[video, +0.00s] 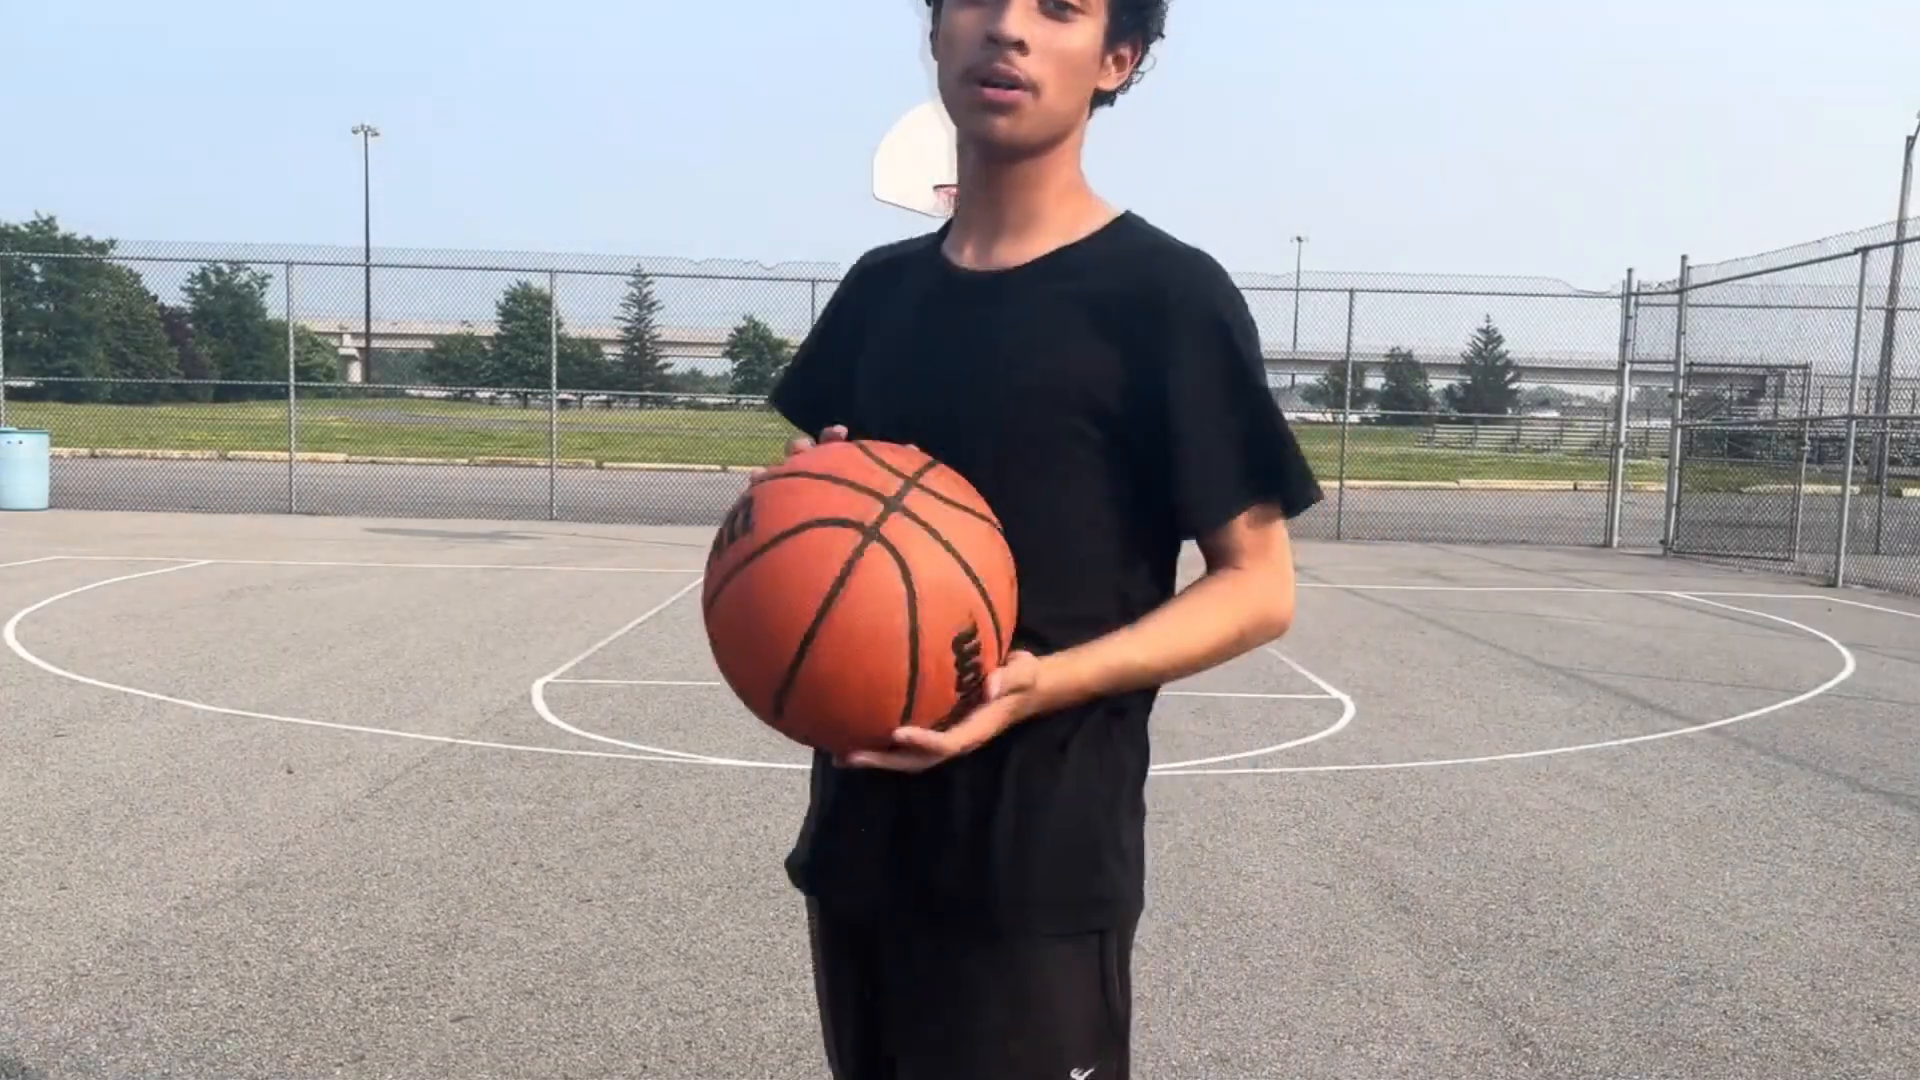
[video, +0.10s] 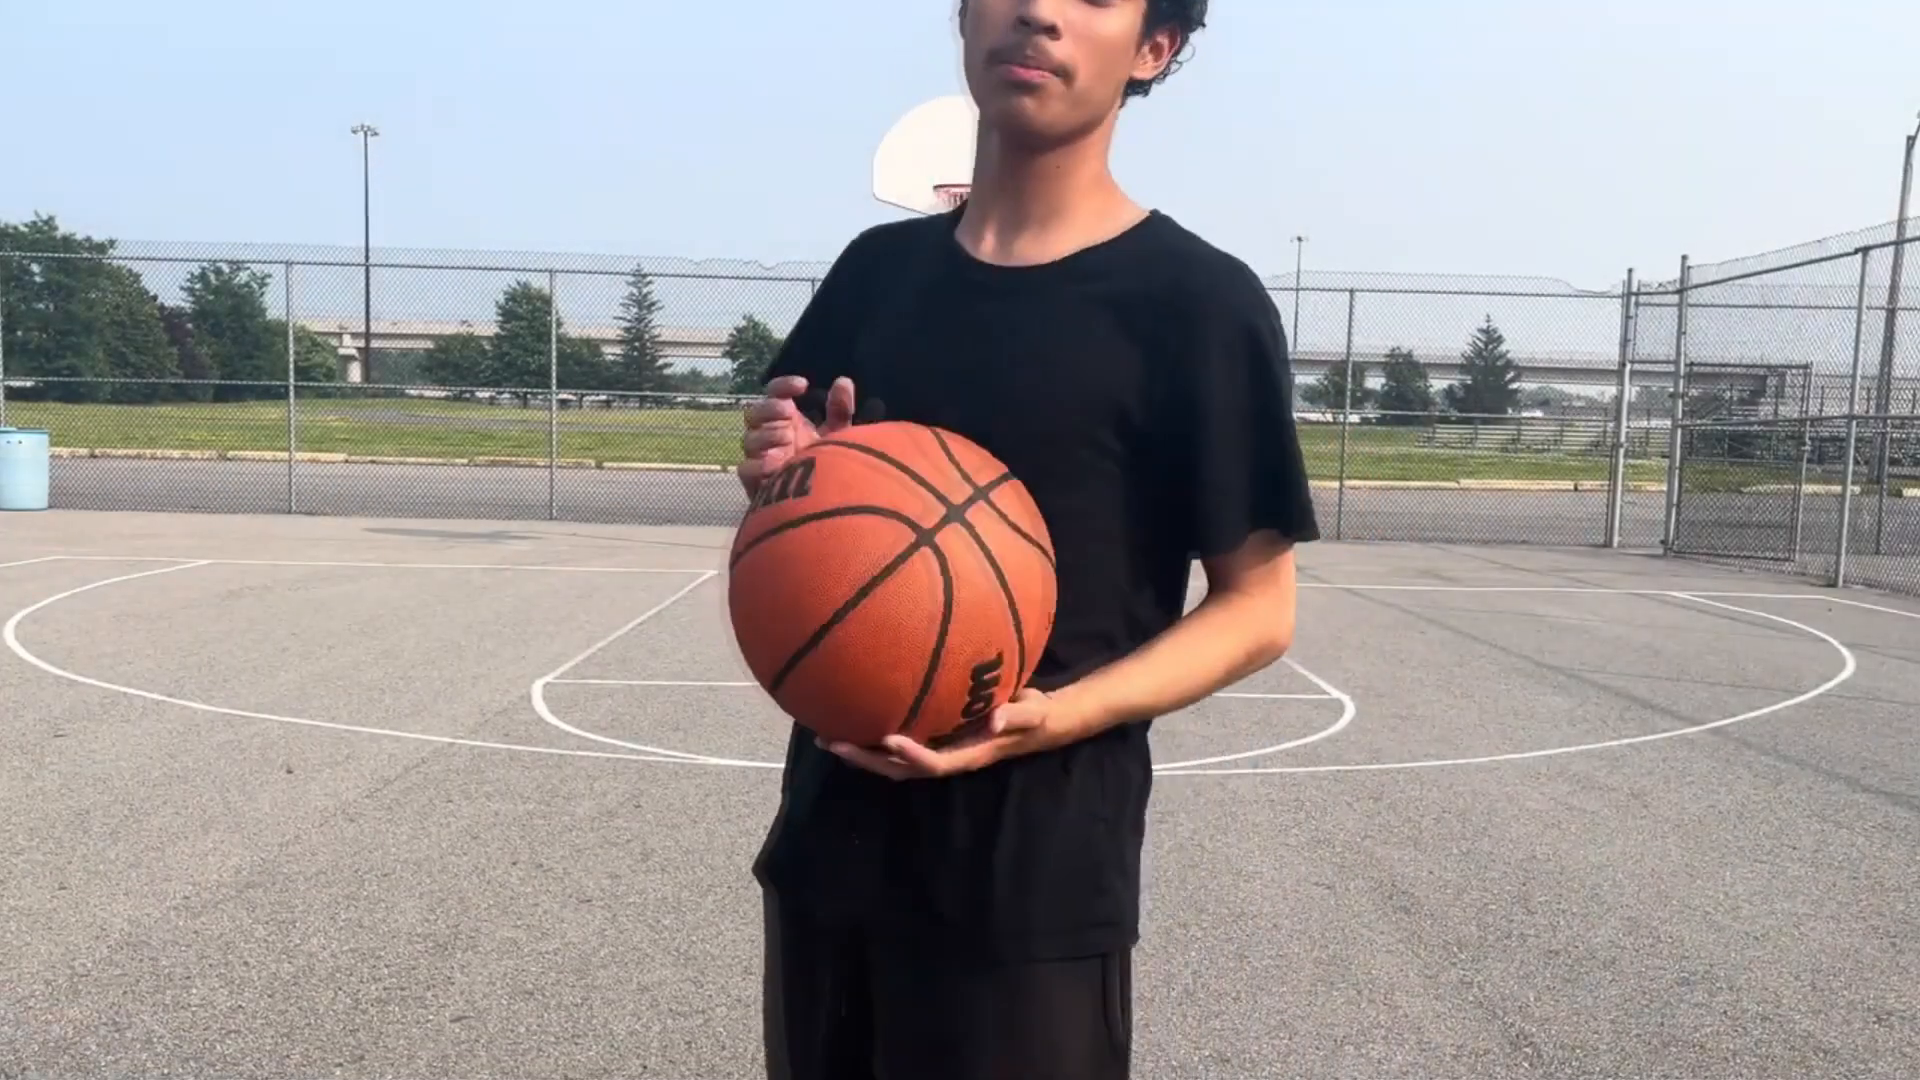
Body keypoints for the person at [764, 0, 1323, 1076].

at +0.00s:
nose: (1006, 29)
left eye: (1056, 6)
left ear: (1115, 61)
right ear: (935, 34)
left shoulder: (1172, 296)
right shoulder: (877, 289)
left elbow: (1262, 587)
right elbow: (813, 516)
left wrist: (1043, 679)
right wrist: (792, 511)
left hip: (1040, 868)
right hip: (860, 850)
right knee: (871, 1066)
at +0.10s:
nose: (1032, 15)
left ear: (1152, 48)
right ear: (967, 21)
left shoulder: (1205, 303)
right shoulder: (877, 266)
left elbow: (1259, 607)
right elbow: (787, 526)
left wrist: (1060, 712)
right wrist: (786, 474)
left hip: (1037, 872)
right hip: (832, 848)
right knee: (815, 1063)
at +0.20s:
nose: (1058, 12)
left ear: (1181, 45)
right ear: (987, 10)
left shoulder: (1226, 318)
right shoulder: (871, 264)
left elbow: (1262, 631)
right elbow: (807, 536)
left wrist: (1083, 754)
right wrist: (753, 544)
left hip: (1040, 903)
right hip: (813, 873)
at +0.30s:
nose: (1073, 3)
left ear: (1198, 37)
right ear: (999, 4)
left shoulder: (1247, 318)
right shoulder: (855, 261)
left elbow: (1267, 622)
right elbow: (792, 516)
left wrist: (1147, 760)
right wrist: (736, 587)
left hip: (1046, 916)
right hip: (798, 888)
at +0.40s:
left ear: (1199, 26)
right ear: (1002, 1)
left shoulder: (1258, 316)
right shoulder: (838, 248)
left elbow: (1261, 622)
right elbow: (766, 506)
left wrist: (1190, 765)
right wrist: (726, 583)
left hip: (1057, 940)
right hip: (788, 910)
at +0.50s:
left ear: (1194, 20)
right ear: (991, 1)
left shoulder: (1258, 314)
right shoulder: (811, 249)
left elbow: (1293, 630)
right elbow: (733, 534)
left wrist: (1231, 772)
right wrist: (721, 641)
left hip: (1060, 968)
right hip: (775, 944)